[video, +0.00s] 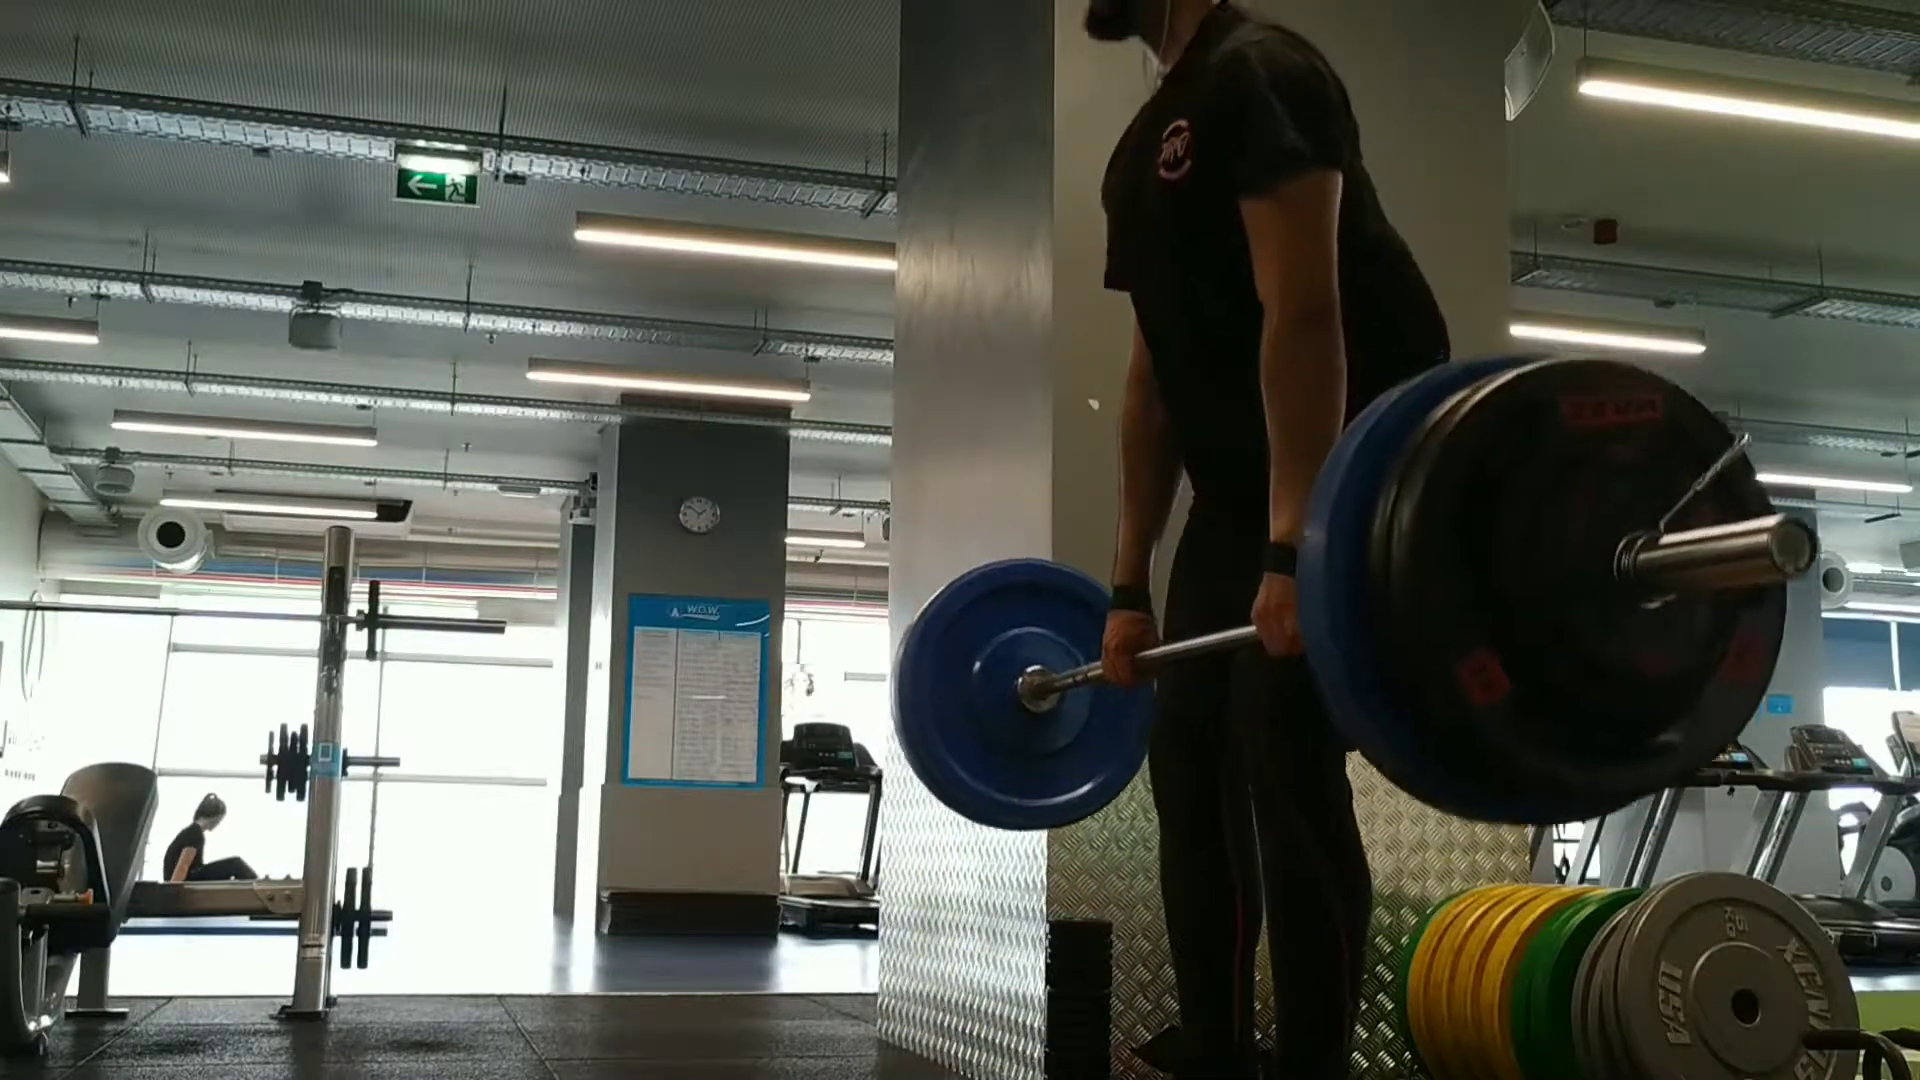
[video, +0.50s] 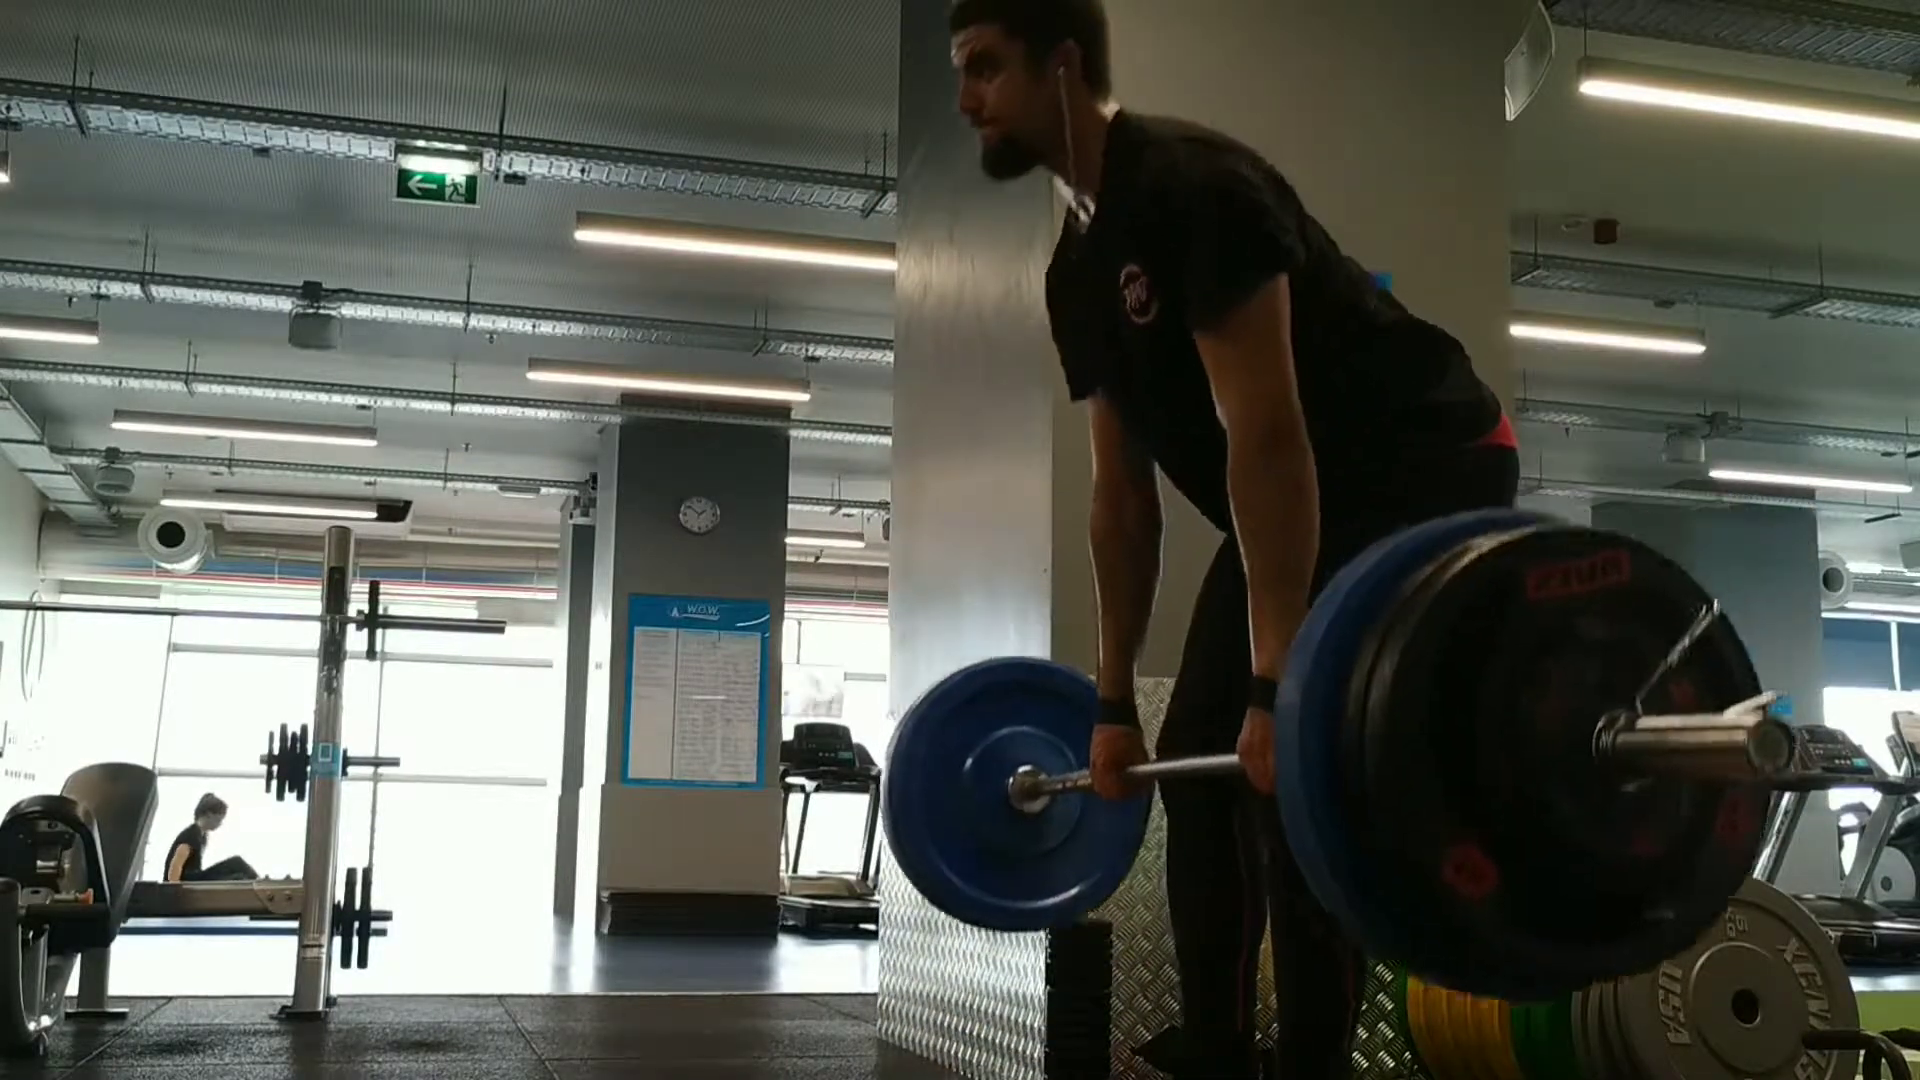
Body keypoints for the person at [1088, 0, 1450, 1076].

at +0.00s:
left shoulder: (1257, 69)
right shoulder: (1150, 137)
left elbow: (1306, 318)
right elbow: (1152, 373)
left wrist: (1291, 549)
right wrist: (1129, 583)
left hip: (1338, 495)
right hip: (1235, 498)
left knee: (1287, 768)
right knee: (1186, 759)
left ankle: (1312, 1059)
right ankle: (1211, 1044)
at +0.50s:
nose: (966, 100)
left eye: (984, 69)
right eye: (961, 78)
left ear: (1064, 64)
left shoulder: (1192, 184)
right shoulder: (1075, 270)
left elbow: (1271, 442)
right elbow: (1122, 487)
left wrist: (1275, 686)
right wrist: (1114, 699)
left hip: (1413, 489)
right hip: (1280, 510)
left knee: (1301, 768)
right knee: (1193, 760)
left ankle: (1313, 1057)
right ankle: (1212, 1046)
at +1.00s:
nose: (905, 283)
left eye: (923, 249)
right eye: (901, 256)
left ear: (1006, 238)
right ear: (998, 249)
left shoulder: (1152, 329)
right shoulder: (1049, 418)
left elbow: (1259, 594)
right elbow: (1108, 626)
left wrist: (1277, 854)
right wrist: (1114, 840)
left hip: (1451, 487)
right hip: (1313, 527)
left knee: (1282, 761)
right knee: (1175, 763)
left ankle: (1310, 1040)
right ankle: (1210, 1039)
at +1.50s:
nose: (906, 300)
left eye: (923, 266)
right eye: (902, 273)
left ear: (1004, 252)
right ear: (998, 262)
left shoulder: (1155, 342)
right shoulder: (1054, 430)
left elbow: (1263, 603)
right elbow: (1112, 632)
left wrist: (1287, 860)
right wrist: (1119, 849)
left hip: (1459, 477)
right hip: (1329, 519)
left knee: (1296, 766)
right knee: (1191, 759)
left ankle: (1312, 1040)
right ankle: (1213, 1038)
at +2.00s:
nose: (1024, 12)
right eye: (1026, 1)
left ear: (1119, 0)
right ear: (1101, 15)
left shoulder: (1225, 111)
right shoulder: (1102, 188)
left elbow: (1275, 364)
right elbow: (1123, 420)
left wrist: (1271, 601)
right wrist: (1112, 628)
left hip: (1376, 482)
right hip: (1251, 499)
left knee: (1302, 769)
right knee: (1207, 769)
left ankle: (1314, 1058)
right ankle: (1216, 1046)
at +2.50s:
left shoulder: (1321, 46)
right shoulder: (1191, 121)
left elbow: (1318, 287)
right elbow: (1161, 346)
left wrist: (1271, 500)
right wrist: (1107, 546)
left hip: (1264, 500)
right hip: (1173, 507)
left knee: (1264, 786)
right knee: (1181, 792)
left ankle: (1309, 1057)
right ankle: (1207, 1049)